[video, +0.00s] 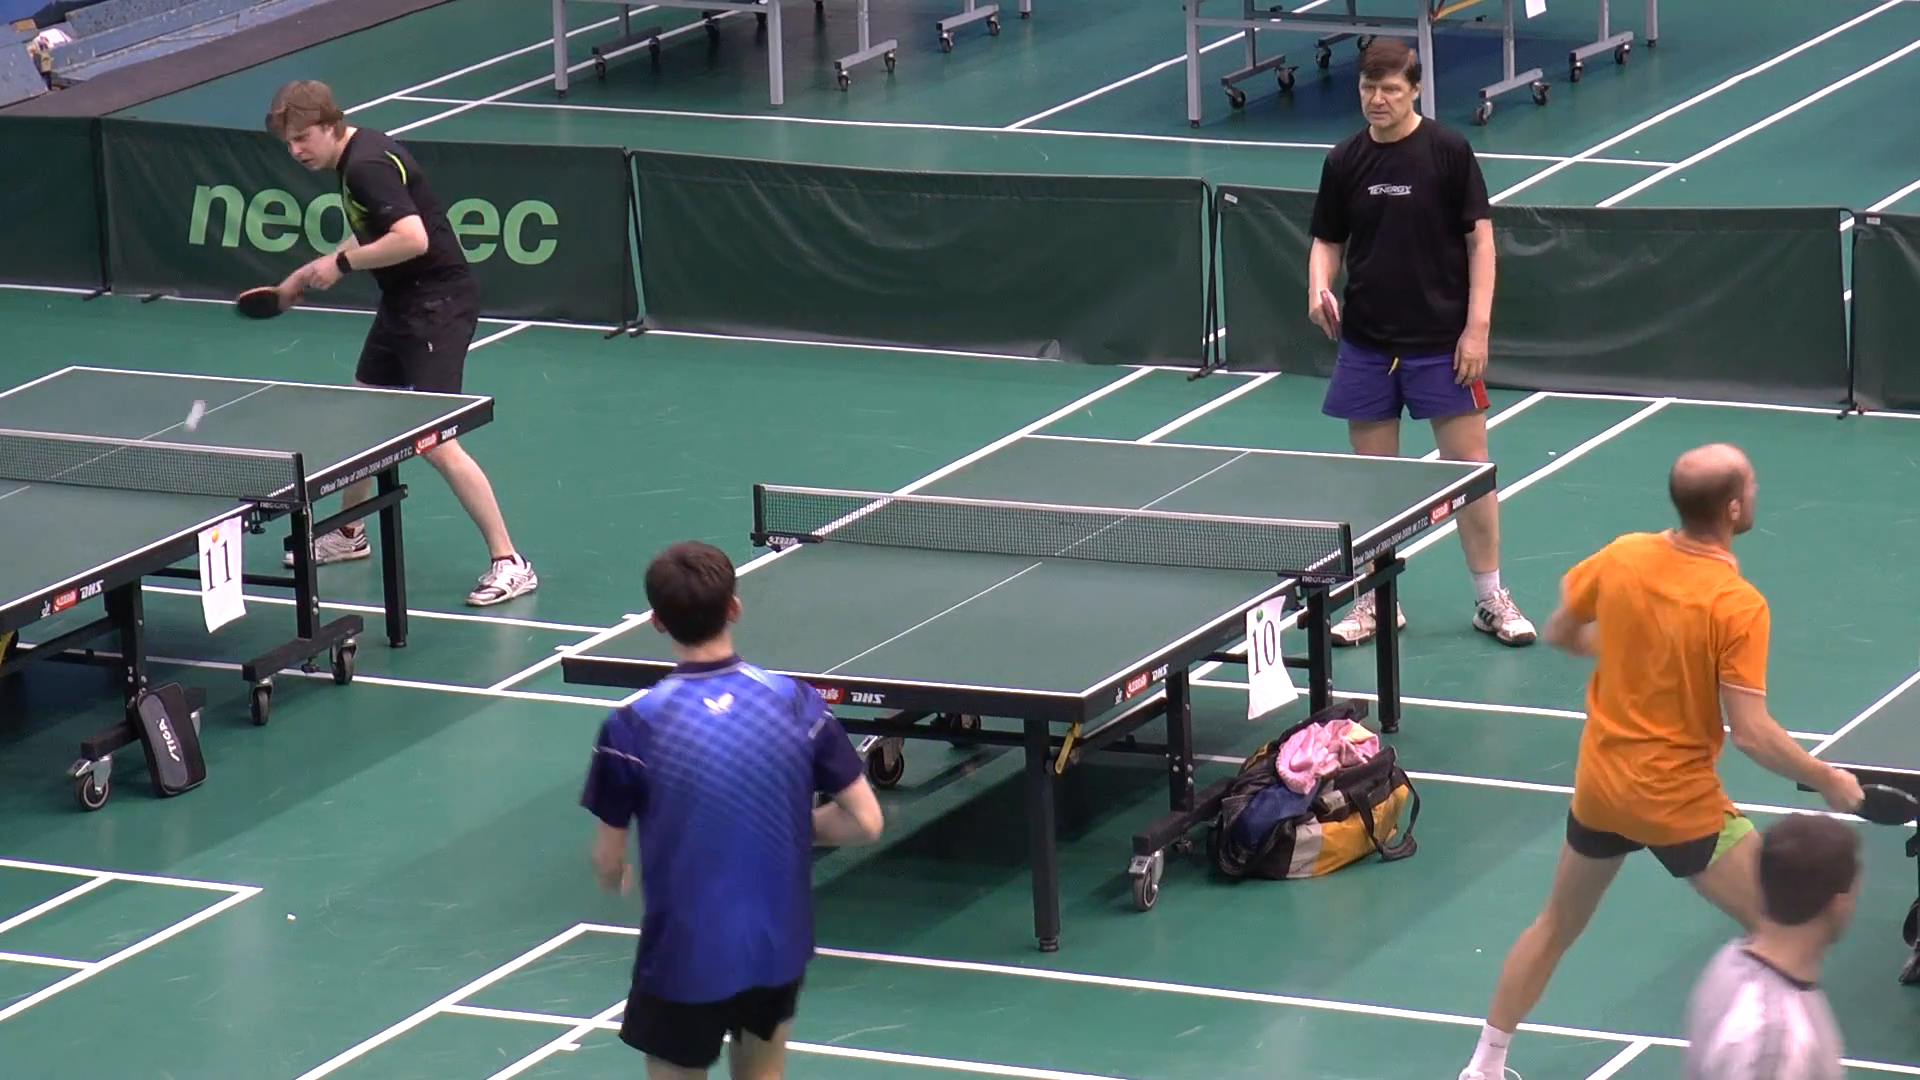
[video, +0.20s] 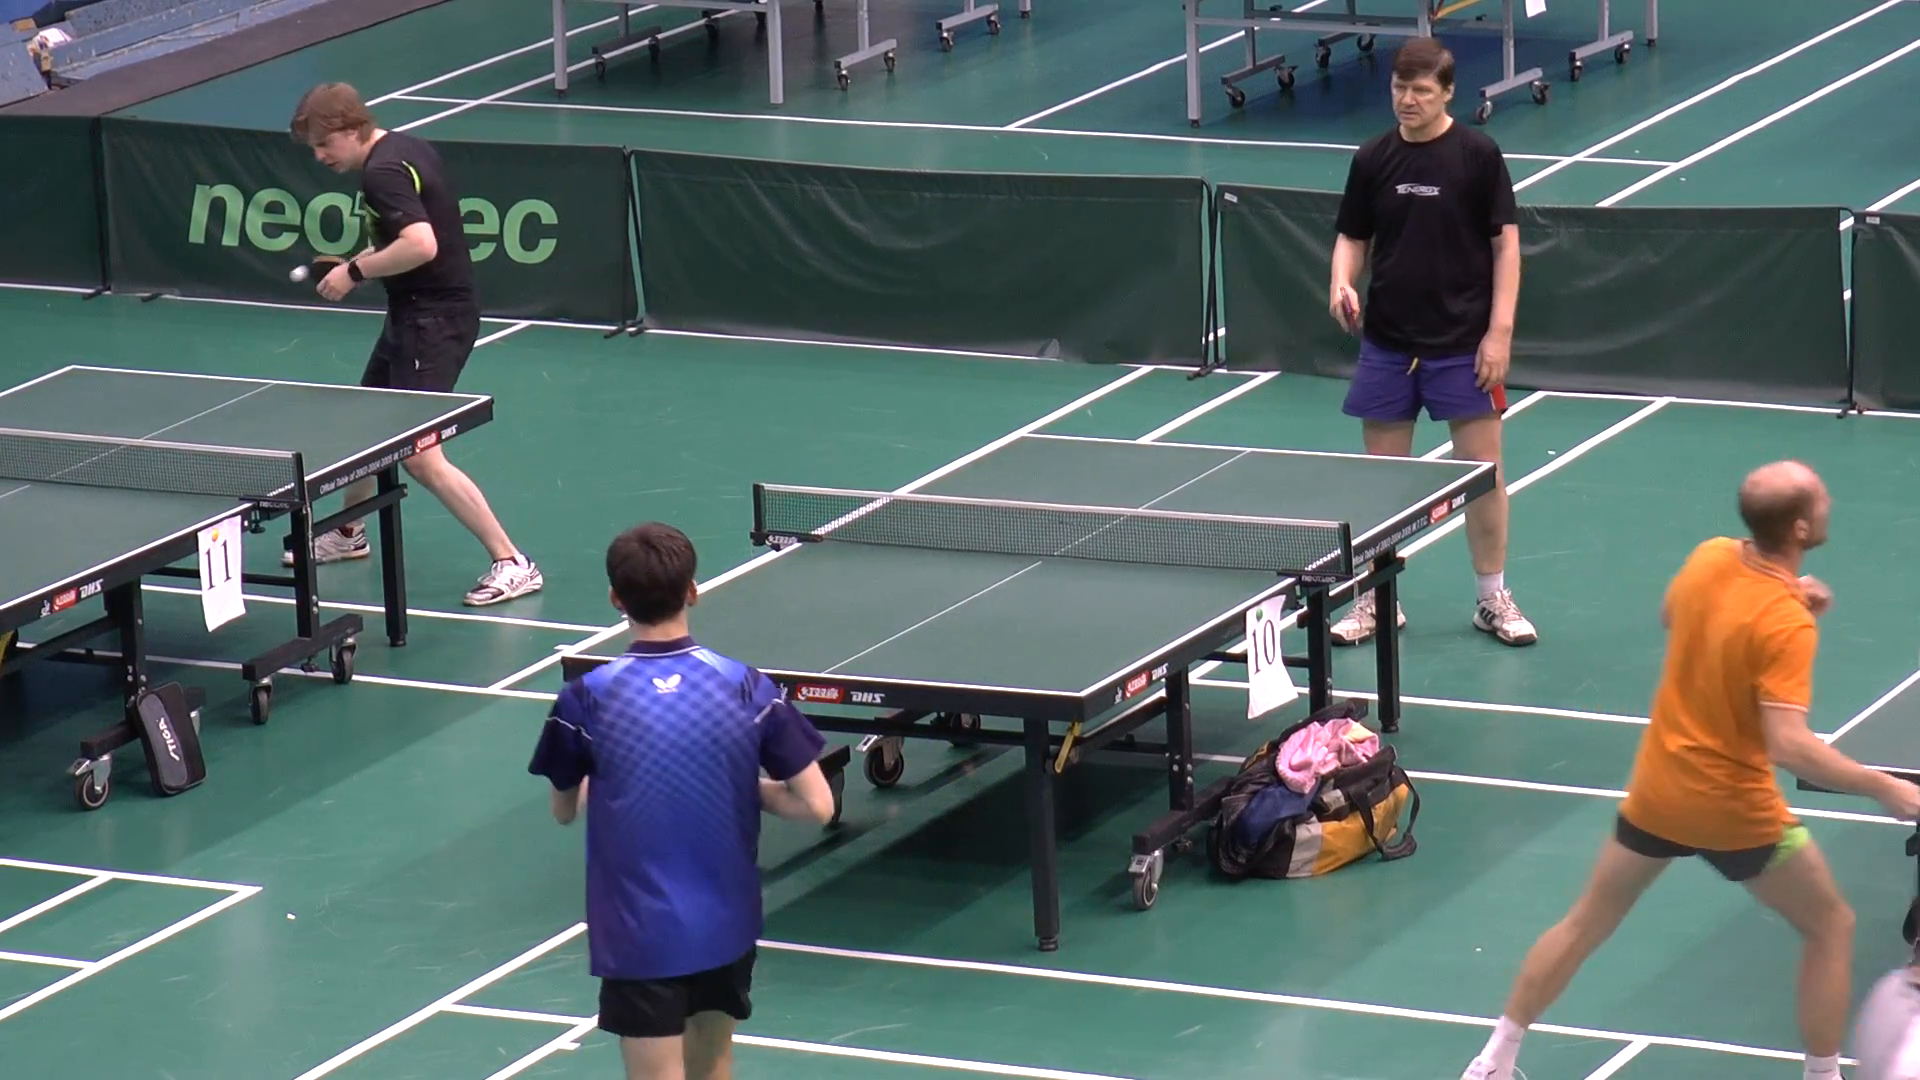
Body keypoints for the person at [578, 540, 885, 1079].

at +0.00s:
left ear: (658, 623)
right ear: (735, 607)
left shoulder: (635, 723)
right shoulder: (798, 702)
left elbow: (608, 859)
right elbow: (866, 821)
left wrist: (614, 877)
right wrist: (787, 818)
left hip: (687, 961)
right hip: (779, 952)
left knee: (675, 1069)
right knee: (763, 1063)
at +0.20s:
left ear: (616, 600)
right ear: (694, 590)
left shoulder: (586, 698)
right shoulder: (747, 686)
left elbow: (563, 809)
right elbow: (818, 805)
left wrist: (600, 763)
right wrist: (742, 781)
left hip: (640, 942)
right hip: (728, 930)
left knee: (657, 1073)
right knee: (712, 1064)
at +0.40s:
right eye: (675, 557)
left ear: (595, 570)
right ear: (670, 566)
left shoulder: (560, 664)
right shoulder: (715, 663)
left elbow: (536, 788)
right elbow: (786, 770)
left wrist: (571, 748)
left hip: (602, 900)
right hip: (688, 895)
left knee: (600, 1053)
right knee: (671, 1027)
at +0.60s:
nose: (648, 515)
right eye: (647, 507)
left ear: (571, 523)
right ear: (645, 519)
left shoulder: (537, 617)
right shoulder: (689, 608)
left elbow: (506, 755)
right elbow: (762, 693)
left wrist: (517, 809)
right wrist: (756, 665)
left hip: (575, 853)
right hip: (667, 851)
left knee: (565, 978)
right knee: (661, 1004)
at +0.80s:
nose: (615, 498)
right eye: (615, 490)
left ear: (545, 509)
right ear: (613, 501)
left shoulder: (513, 603)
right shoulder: (664, 593)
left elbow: (492, 736)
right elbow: (731, 695)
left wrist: (483, 849)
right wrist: (740, 743)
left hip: (560, 836)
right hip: (653, 832)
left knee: (553, 972)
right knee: (655, 991)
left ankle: (554, 1072)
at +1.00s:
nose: (578, 474)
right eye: (580, 465)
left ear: (512, 486)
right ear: (578, 475)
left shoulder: (490, 579)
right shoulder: (637, 566)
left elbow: (473, 701)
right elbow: (678, 692)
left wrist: (467, 817)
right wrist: (693, 800)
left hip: (534, 806)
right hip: (622, 804)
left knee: (539, 933)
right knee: (633, 944)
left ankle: (564, 1071)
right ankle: (644, 1071)